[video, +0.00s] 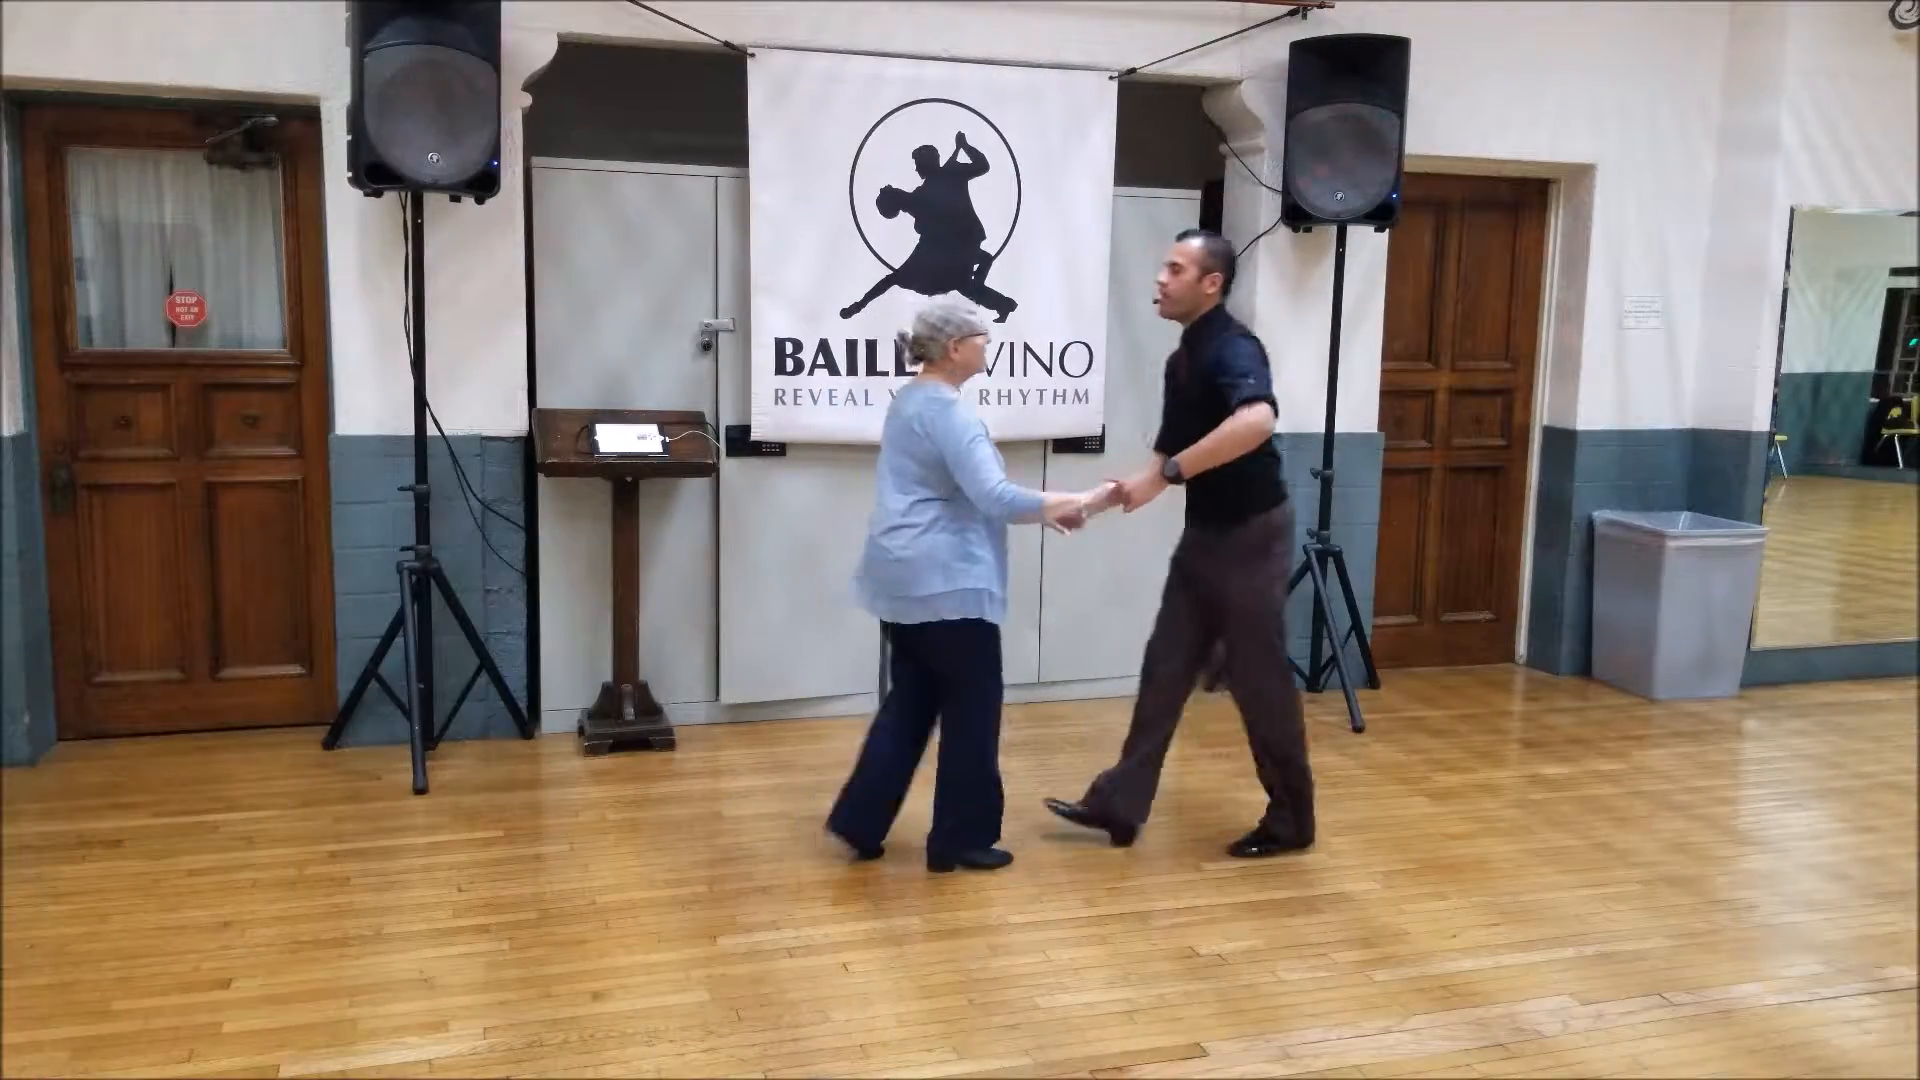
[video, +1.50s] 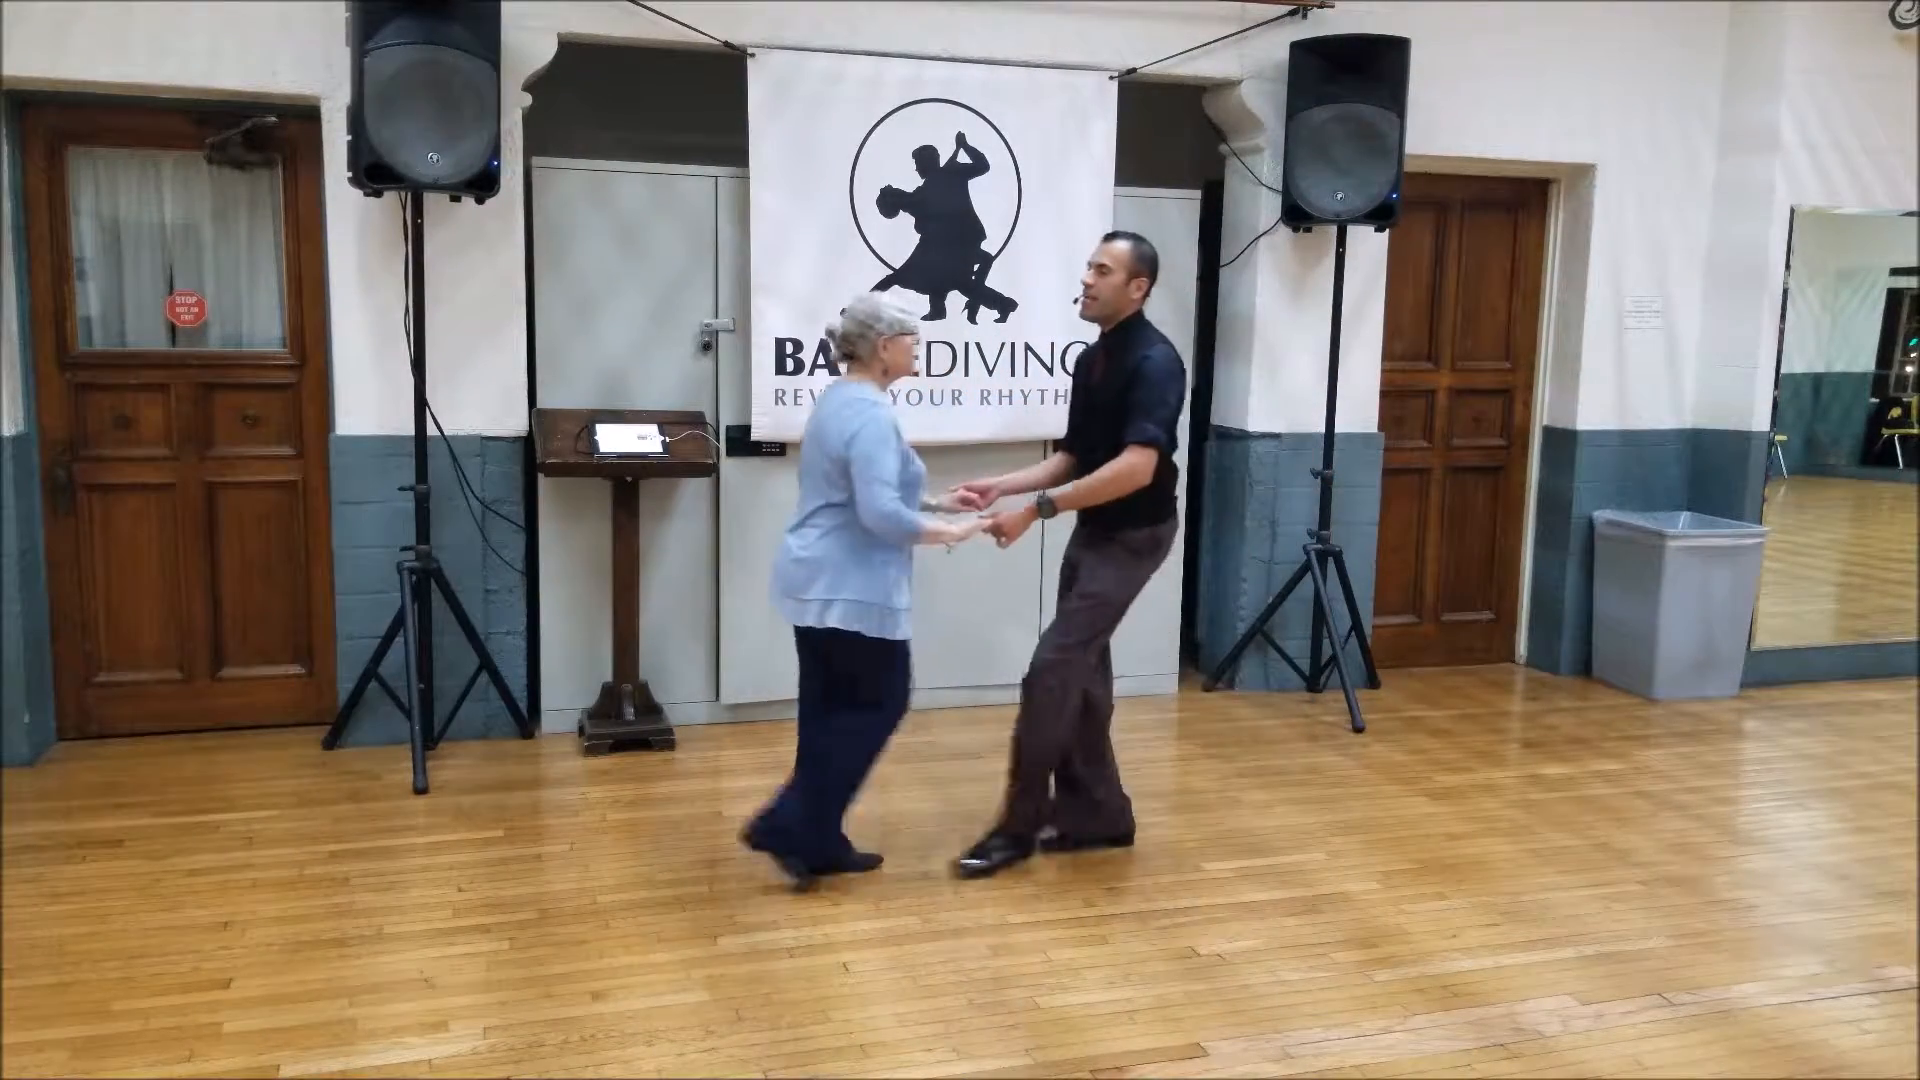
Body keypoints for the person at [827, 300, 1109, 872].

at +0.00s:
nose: (986, 348)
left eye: (983, 339)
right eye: (980, 339)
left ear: (941, 348)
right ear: (955, 347)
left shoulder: (908, 402)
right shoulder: (949, 412)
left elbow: (969, 493)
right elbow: (995, 497)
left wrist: (1042, 511)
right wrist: (1062, 503)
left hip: (900, 577)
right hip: (949, 582)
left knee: (913, 700)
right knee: (975, 710)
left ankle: (858, 820)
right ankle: (961, 841)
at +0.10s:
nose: (1001, 352)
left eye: (999, 342)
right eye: (994, 343)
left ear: (956, 352)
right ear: (967, 352)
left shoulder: (926, 409)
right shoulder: (960, 414)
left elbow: (991, 496)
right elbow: (1011, 499)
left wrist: (1059, 513)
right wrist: (1079, 510)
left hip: (925, 580)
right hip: (960, 582)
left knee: (965, 688)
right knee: (984, 700)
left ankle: (904, 794)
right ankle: (966, 840)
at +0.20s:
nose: (1018, 350)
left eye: (1016, 340)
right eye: (1010, 341)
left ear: (974, 350)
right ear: (983, 349)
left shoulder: (947, 408)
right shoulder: (974, 416)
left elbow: (1023, 496)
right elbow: (1033, 503)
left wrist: (1086, 502)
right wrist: (1100, 507)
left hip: (950, 569)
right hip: (969, 574)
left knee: (991, 693)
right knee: (1002, 695)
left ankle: (984, 817)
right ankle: (965, 841)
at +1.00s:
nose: (1015, 344)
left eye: (1011, 335)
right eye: (1007, 336)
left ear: (963, 346)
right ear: (981, 345)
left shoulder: (928, 405)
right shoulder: (984, 415)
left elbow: (987, 481)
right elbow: (1046, 502)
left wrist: (1046, 467)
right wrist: (1077, 476)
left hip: (935, 581)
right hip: (981, 588)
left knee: (976, 694)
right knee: (994, 712)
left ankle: (923, 807)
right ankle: (981, 847)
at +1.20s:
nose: (973, 350)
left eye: (970, 339)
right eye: (966, 341)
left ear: (923, 348)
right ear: (941, 348)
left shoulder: (888, 403)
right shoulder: (942, 415)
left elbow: (939, 471)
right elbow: (992, 511)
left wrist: (1001, 452)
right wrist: (1036, 492)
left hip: (884, 579)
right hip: (939, 584)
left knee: (884, 702)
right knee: (963, 717)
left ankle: (825, 830)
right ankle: (971, 851)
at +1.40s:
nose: (936, 350)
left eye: (933, 341)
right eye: (928, 342)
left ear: (884, 353)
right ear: (898, 351)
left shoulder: (851, 406)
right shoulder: (896, 421)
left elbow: (894, 483)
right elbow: (907, 519)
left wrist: (956, 494)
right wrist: (971, 538)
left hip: (830, 590)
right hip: (877, 596)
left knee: (842, 710)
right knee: (924, 703)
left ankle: (818, 846)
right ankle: (893, 848)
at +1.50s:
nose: (917, 350)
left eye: (915, 340)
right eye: (910, 341)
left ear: (869, 347)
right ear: (882, 346)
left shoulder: (835, 403)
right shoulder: (870, 415)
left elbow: (884, 496)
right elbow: (877, 512)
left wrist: (945, 500)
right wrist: (945, 531)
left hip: (815, 582)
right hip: (854, 589)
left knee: (827, 704)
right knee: (883, 702)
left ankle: (820, 837)